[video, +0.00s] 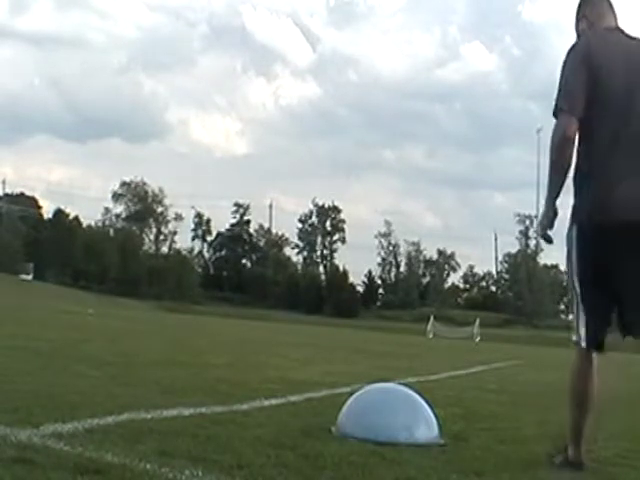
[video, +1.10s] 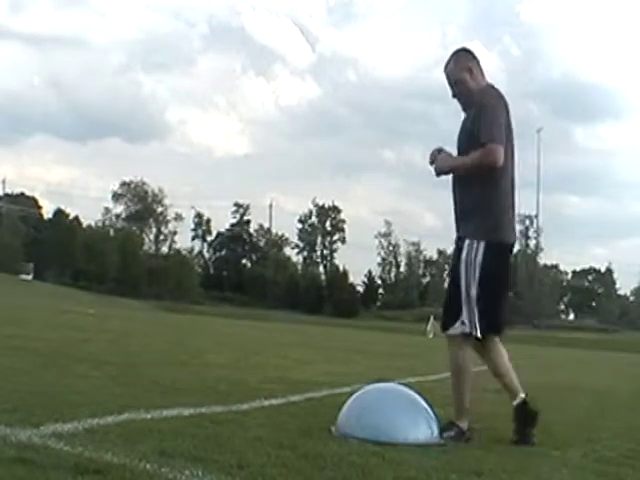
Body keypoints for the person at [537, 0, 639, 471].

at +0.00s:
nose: (577, 35)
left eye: (577, 28)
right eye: (579, 29)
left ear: (584, 21)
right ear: (614, 17)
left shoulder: (586, 49)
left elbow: (566, 131)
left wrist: (550, 202)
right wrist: (553, 202)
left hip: (604, 215)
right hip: (635, 215)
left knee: (588, 342)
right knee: (589, 343)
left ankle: (576, 450)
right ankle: (576, 447)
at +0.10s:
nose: (561, 40)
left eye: (561, 33)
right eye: (563, 33)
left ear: (568, 25)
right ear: (597, 23)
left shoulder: (568, 58)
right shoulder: (633, 57)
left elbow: (550, 137)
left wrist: (536, 212)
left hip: (586, 219)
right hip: (635, 218)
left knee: (578, 340)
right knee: (634, 343)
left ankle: (576, 449)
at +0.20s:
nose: (550, 42)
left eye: (550, 35)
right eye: (551, 35)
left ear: (558, 26)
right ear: (583, 24)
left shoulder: (556, 58)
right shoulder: (625, 61)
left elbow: (537, 135)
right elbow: (636, 137)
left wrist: (524, 199)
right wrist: (633, 196)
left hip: (573, 212)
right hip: (620, 211)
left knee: (571, 335)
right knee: (607, 323)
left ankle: (575, 450)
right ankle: (626, 393)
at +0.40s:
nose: (532, 58)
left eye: (531, 51)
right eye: (532, 52)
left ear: (538, 42)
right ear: (562, 39)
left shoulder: (537, 71)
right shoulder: (602, 79)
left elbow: (514, 139)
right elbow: (629, 153)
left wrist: (495, 187)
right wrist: (615, 213)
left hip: (553, 218)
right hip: (594, 217)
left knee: (568, 333)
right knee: (569, 330)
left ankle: (574, 450)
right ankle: (564, 428)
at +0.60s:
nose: (513, 75)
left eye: (512, 68)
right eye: (513, 69)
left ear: (521, 56)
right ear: (543, 57)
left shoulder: (524, 85)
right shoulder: (578, 97)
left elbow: (506, 145)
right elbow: (595, 169)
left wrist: (484, 186)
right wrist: (573, 205)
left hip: (533, 221)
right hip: (568, 223)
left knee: (537, 329)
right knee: (543, 328)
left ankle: (563, 431)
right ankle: (542, 426)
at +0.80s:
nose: (492, 81)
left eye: (492, 73)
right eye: (490, 75)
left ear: (503, 59)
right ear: (518, 60)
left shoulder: (512, 85)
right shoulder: (544, 94)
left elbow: (508, 139)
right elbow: (553, 156)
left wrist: (481, 173)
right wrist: (504, 181)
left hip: (515, 221)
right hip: (548, 224)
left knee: (483, 317)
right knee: (533, 328)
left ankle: (520, 407)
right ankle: (537, 425)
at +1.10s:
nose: (453, 94)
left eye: (455, 85)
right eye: (451, 87)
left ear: (473, 72)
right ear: (469, 75)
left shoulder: (488, 101)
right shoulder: (487, 105)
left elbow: (493, 156)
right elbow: (491, 163)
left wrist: (452, 164)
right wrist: (453, 162)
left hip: (481, 235)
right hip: (488, 233)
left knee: (458, 332)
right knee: (482, 332)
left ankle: (460, 424)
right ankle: (521, 403)